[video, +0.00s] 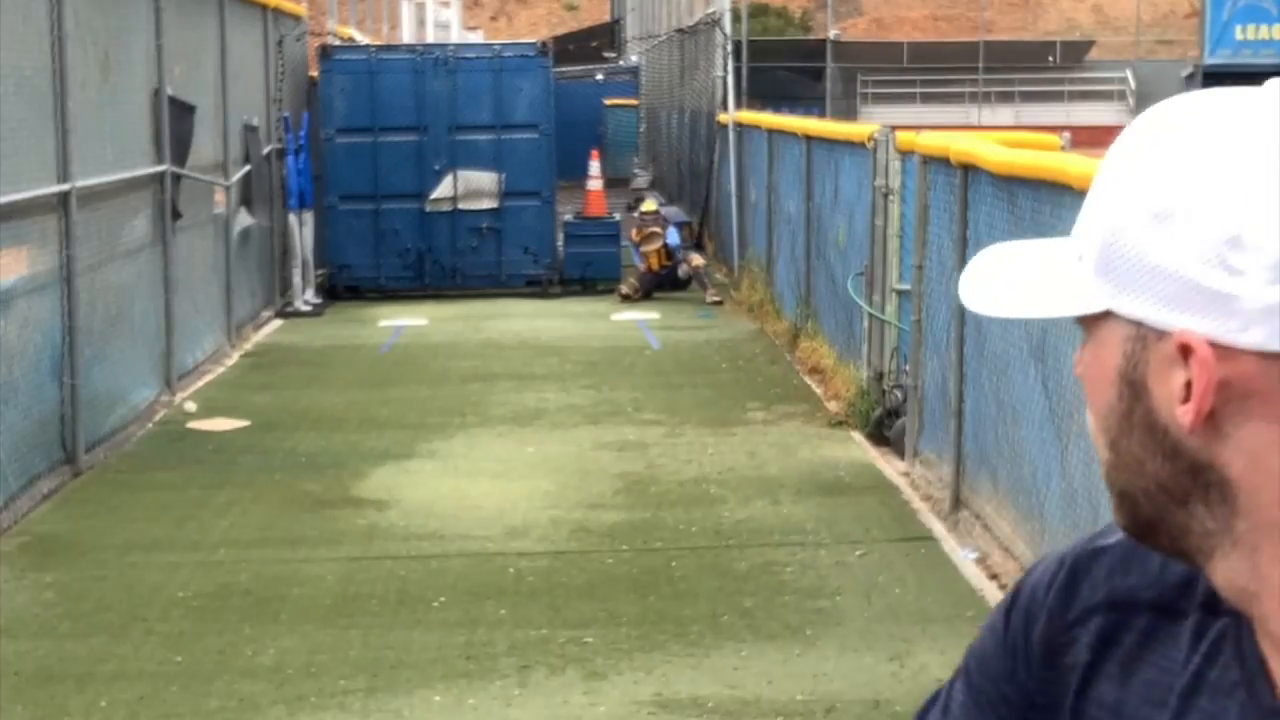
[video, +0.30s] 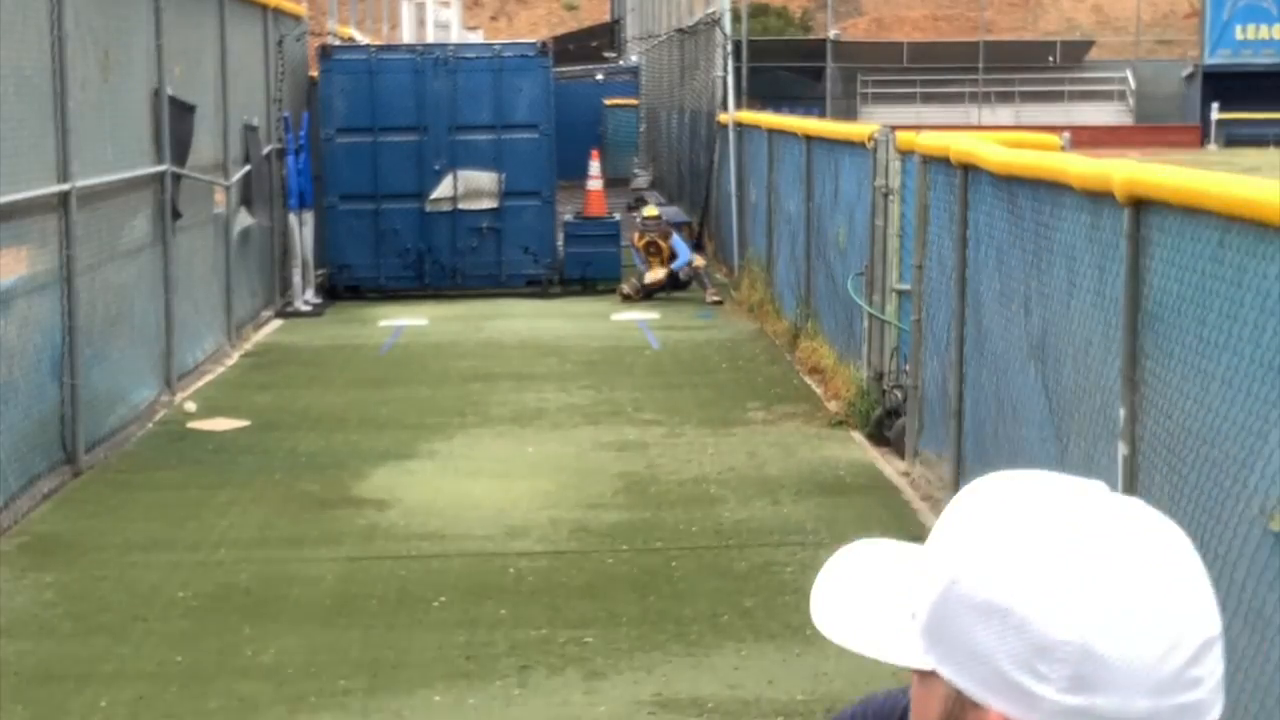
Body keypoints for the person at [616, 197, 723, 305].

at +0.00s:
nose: (649, 222)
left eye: (653, 218)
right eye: (645, 218)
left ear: (659, 217)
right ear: (640, 218)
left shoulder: (669, 230)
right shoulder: (636, 234)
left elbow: (677, 251)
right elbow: (635, 255)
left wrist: (689, 257)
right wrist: (642, 265)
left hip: (672, 269)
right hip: (651, 271)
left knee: (692, 263)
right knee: (644, 281)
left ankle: (710, 292)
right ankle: (634, 290)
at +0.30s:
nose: (652, 227)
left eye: (655, 223)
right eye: (648, 223)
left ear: (661, 222)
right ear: (642, 224)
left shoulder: (669, 235)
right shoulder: (637, 239)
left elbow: (686, 256)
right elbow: (639, 261)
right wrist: (647, 272)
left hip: (675, 274)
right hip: (653, 276)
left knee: (695, 262)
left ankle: (710, 292)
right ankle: (634, 289)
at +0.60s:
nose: (652, 227)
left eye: (655, 223)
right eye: (648, 224)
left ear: (661, 224)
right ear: (642, 225)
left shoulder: (670, 237)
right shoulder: (638, 239)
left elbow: (686, 258)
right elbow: (638, 256)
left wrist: (667, 274)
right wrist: (644, 268)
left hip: (676, 277)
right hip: (653, 278)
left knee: (696, 262)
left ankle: (710, 292)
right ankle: (631, 289)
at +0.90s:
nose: (650, 230)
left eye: (654, 226)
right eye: (647, 226)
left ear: (663, 226)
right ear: (643, 226)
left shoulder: (674, 237)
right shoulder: (641, 239)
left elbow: (689, 249)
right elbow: (639, 260)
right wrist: (643, 267)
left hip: (676, 273)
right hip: (654, 273)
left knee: (696, 262)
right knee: (643, 282)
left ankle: (710, 293)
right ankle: (631, 290)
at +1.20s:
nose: (657, 224)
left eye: (660, 220)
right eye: (652, 221)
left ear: (665, 220)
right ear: (645, 223)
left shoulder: (675, 232)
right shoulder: (642, 235)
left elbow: (696, 235)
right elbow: (635, 247)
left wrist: (678, 230)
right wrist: (641, 263)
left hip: (676, 274)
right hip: (654, 274)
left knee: (694, 261)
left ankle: (711, 293)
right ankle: (632, 290)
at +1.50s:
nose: (615, 233)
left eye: (619, 229)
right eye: (611, 229)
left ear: (624, 228)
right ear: (605, 229)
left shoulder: (633, 241)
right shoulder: (598, 243)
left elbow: (651, 260)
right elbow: (599, 264)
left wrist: (631, 276)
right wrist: (608, 274)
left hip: (634, 276)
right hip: (612, 277)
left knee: (658, 264)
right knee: (588, 289)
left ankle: (673, 292)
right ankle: (591, 291)